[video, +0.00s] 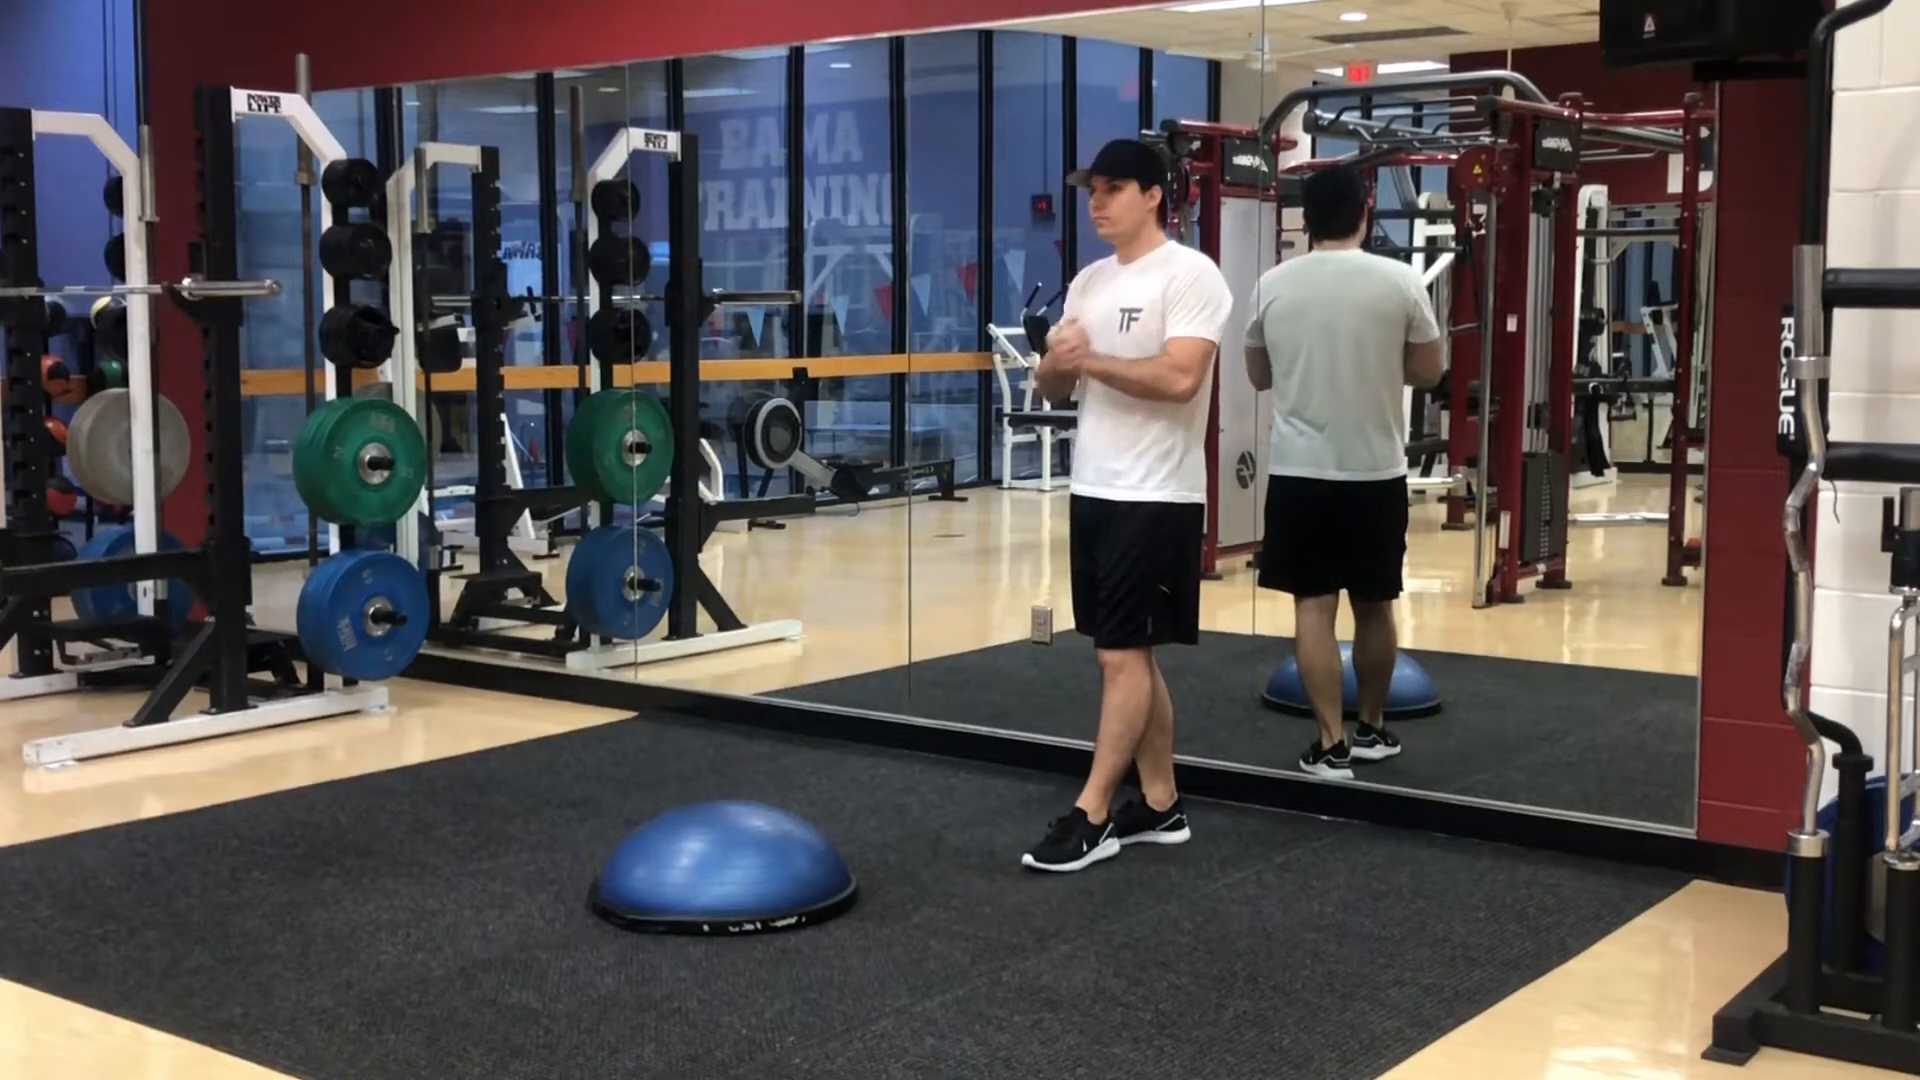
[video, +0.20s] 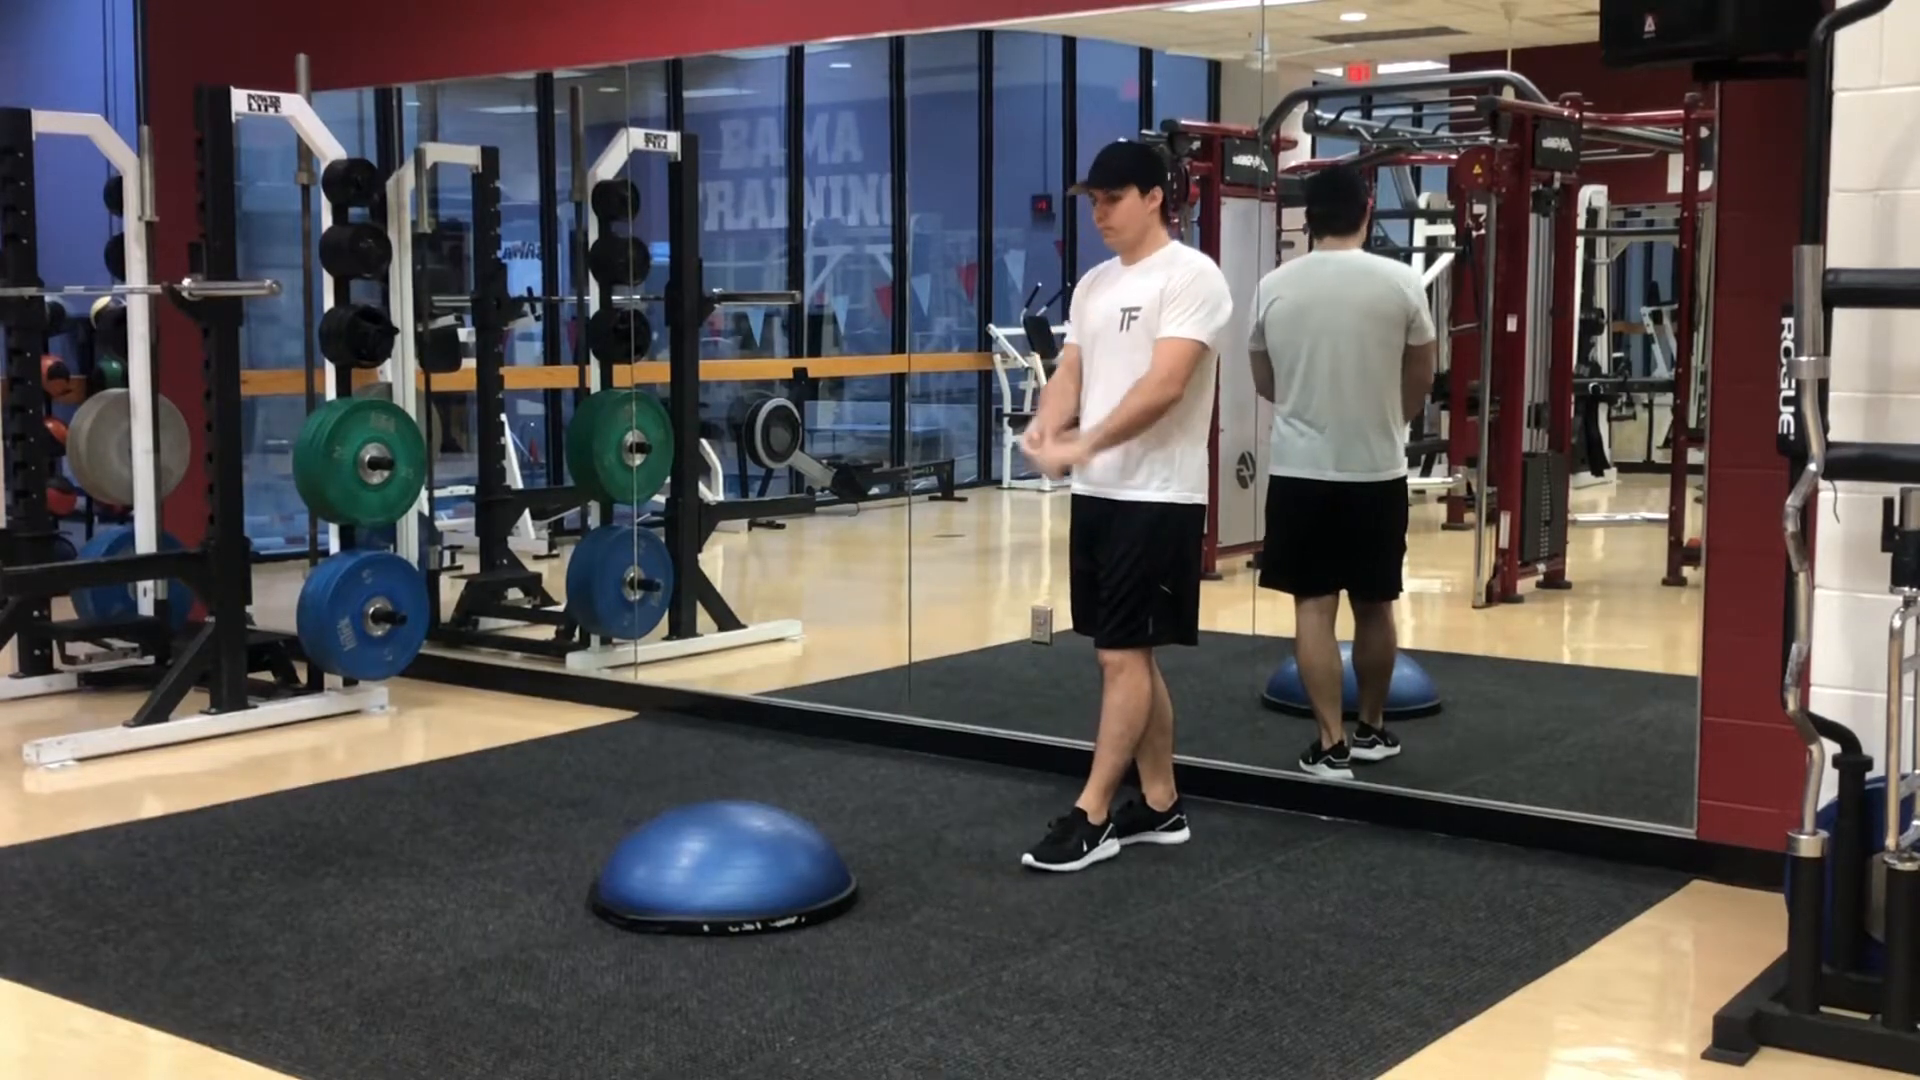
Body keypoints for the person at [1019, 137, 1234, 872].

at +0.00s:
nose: (1097, 205)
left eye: (1111, 191)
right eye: (1093, 193)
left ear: (1152, 196)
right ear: (1095, 199)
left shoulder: (1193, 274)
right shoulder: (1088, 281)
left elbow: (1180, 379)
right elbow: (1051, 386)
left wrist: (1087, 363)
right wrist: (1054, 361)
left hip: (1156, 492)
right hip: (1095, 489)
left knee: (1121, 652)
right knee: (1128, 653)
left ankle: (1091, 813)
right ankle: (1161, 802)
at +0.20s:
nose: (1100, 213)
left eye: (1112, 199)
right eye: (1095, 201)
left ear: (1154, 198)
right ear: (1096, 205)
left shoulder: (1194, 275)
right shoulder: (1092, 284)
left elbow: (1166, 384)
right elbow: (1069, 373)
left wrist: (1087, 443)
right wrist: (1044, 426)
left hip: (1158, 495)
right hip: (1097, 490)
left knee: (1121, 652)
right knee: (1126, 652)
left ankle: (1091, 813)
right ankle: (1161, 801)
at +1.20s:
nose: (999, 252)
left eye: (1005, 236)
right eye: (993, 240)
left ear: (1046, 214)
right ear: (1021, 224)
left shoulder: (1113, 281)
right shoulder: (1009, 286)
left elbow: (1154, 391)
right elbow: (1003, 383)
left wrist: (1094, 472)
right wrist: (962, 444)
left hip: (1096, 509)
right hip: (1030, 507)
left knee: (1072, 666)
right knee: (1030, 663)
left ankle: (1040, 823)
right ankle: (1131, 773)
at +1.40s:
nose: (982, 256)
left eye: (987, 240)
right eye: (975, 244)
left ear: (1027, 216)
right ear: (1007, 224)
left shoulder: (1096, 280)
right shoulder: (995, 282)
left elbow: (1142, 390)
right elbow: (994, 377)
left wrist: (1096, 488)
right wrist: (952, 455)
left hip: (1085, 512)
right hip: (1018, 509)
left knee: (1066, 667)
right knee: (1006, 656)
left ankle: (1037, 823)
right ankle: (1077, 790)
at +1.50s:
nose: (978, 256)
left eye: (983, 240)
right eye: (971, 245)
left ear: (1022, 216)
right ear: (994, 227)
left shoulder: (1092, 280)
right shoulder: (990, 283)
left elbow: (1140, 390)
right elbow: (989, 380)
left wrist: (1107, 494)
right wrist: (956, 462)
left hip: (1076, 513)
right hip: (1013, 510)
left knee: (1063, 666)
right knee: (1008, 659)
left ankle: (1041, 824)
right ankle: (1068, 794)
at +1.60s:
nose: (976, 255)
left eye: (981, 239)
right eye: (969, 244)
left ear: (1020, 215)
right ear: (988, 227)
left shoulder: (1089, 279)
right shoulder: (986, 282)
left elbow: (1140, 388)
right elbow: (987, 378)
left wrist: (1123, 498)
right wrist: (960, 469)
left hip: (1074, 512)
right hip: (1010, 509)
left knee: (1062, 667)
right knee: (1011, 662)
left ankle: (1042, 824)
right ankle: (1069, 798)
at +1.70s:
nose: (972, 254)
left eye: (977, 238)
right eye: (965, 242)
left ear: (1017, 214)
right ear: (987, 225)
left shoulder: (1087, 279)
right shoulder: (983, 281)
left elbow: (1139, 386)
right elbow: (985, 378)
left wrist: (1129, 499)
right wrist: (959, 469)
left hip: (1075, 511)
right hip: (1009, 508)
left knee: (1064, 667)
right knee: (1013, 662)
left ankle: (1042, 823)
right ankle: (1070, 798)